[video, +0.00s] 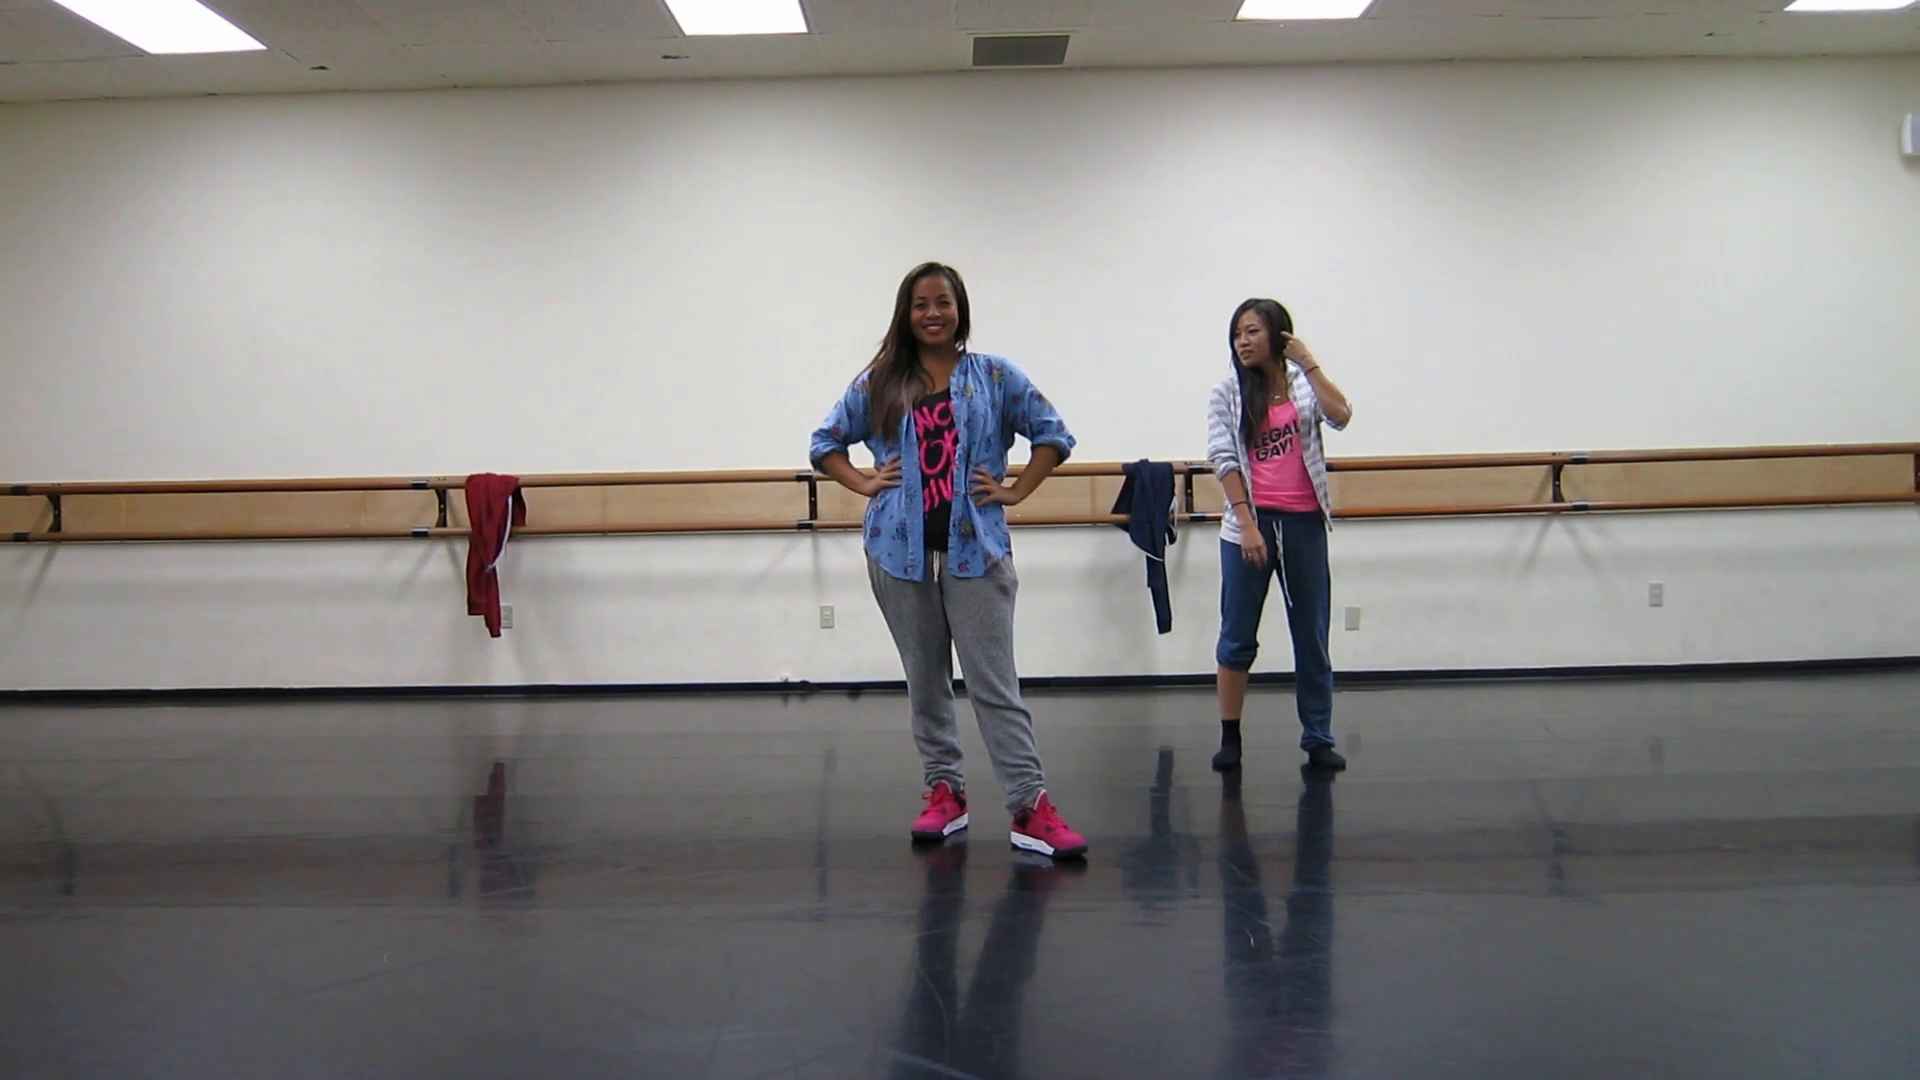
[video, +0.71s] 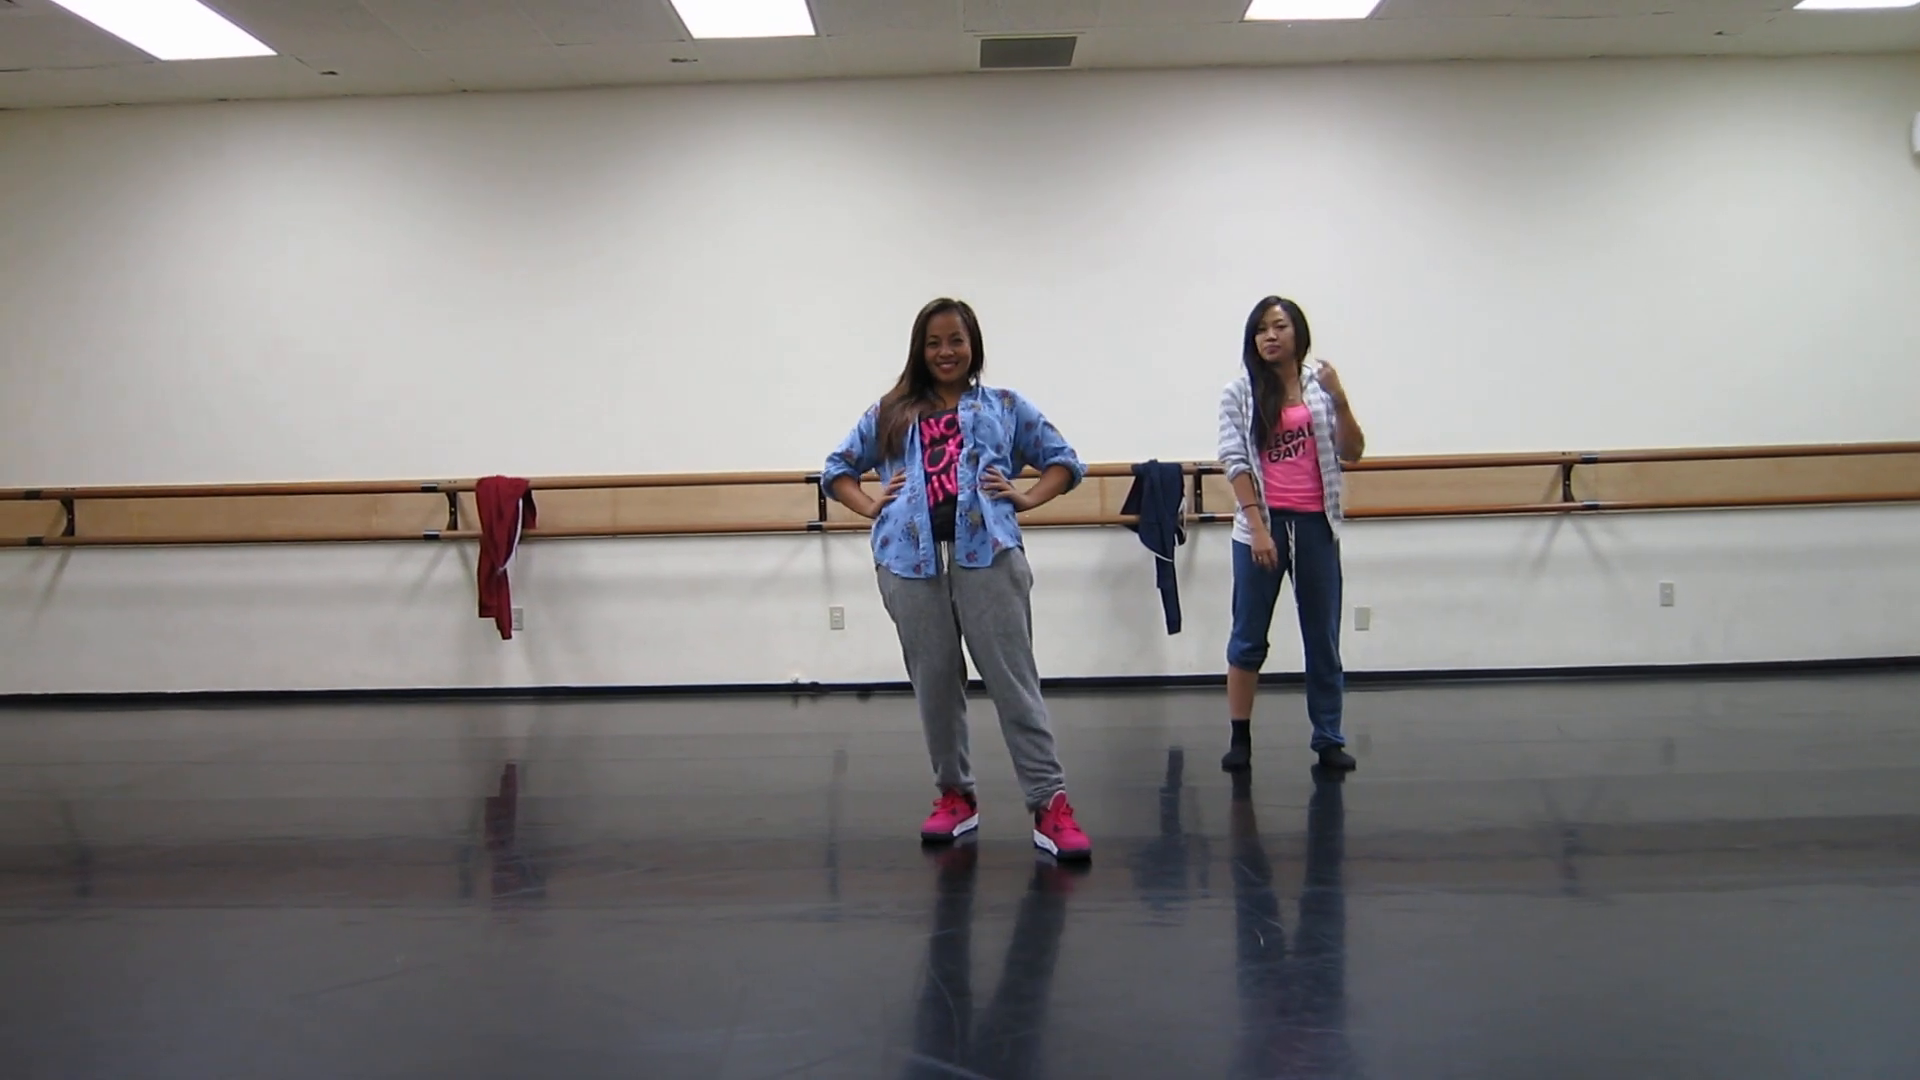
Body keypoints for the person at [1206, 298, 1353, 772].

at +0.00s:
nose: (1243, 341)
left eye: (1253, 331)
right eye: (1237, 334)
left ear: (1278, 337)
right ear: (1233, 342)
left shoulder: (1304, 383)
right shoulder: (1228, 392)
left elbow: (1340, 416)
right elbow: (1223, 460)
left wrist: (1309, 362)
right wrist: (1246, 522)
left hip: (1305, 523)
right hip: (1248, 523)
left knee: (1313, 639)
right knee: (1237, 640)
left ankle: (1319, 741)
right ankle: (1230, 738)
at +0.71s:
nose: (1270, 335)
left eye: (1280, 326)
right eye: (1262, 329)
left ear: (1300, 332)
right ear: (1253, 340)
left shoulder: (1320, 385)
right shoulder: (1239, 392)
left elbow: (1352, 454)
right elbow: (1234, 463)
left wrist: (1339, 398)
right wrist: (1257, 527)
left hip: (1316, 525)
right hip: (1260, 524)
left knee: (1324, 640)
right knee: (1248, 640)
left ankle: (1329, 742)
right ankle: (1239, 738)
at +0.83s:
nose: (1278, 332)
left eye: (1287, 323)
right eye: (1269, 327)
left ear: (1305, 331)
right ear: (1258, 338)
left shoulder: (1331, 388)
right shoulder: (1243, 392)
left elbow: (1349, 466)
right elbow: (1236, 462)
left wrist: (1344, 437)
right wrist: (1255, 526)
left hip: (1322, 524)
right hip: (1267, 523)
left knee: (1328, 638)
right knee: (1252, 638)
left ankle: (1332, 742)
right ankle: (1242, 738)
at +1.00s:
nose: (1291, 334)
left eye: (1300, 325)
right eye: (1281, 328)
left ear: (1317, 332)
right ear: (1270, 338)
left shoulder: (1342, 388)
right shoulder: (1253, 393)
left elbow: (1354, 449)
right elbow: (1242, 465)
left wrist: (1358, 465)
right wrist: (1251, 530)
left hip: (1332, 524)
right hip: (1276, 523)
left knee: (1335, 638)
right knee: (1259, 637)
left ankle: (1336, 740)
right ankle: (1246, 736)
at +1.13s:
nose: (1303, 335)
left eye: (1312, 326)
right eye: (1292, 329)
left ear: (1329, 334)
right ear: (1282, 340)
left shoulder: (1353, 390)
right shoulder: (1263, 395)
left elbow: (1368, 449)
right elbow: (1249, 467)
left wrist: (1365, 470)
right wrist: (1253, 532)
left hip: (1337, 524)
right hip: (1281, 522)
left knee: (1338, 638)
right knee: (1263, 635)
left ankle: (1336, 740)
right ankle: (1246, 737)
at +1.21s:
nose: (1310, 335)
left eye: (1319, 326)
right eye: (1299, 328)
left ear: (1335, 334)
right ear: (1288, 339)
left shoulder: (1360, 390)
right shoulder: (1269, 395)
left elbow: (1377, 449)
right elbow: (1255, 467)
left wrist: (1371, 469)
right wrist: (1258, 532)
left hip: (1339, 524)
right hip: (1283, 522)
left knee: (1339, 638)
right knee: (1264, 634)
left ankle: (1338, 739)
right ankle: (1246, 736)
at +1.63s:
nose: (1307, 336)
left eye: (1316, 327)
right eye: (1297, 329)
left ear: (1330, 335)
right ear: (1284, 339)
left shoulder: (1350, 391)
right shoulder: (1264, 391)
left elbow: (1362, 452)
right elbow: (1255, 460)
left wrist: (1362, 485)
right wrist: (1270, 520)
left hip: (1333, 522)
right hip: (1279, 521)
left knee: (1339, 635)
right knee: (1253, 631)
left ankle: (1339, 738)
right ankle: (1232, 721)